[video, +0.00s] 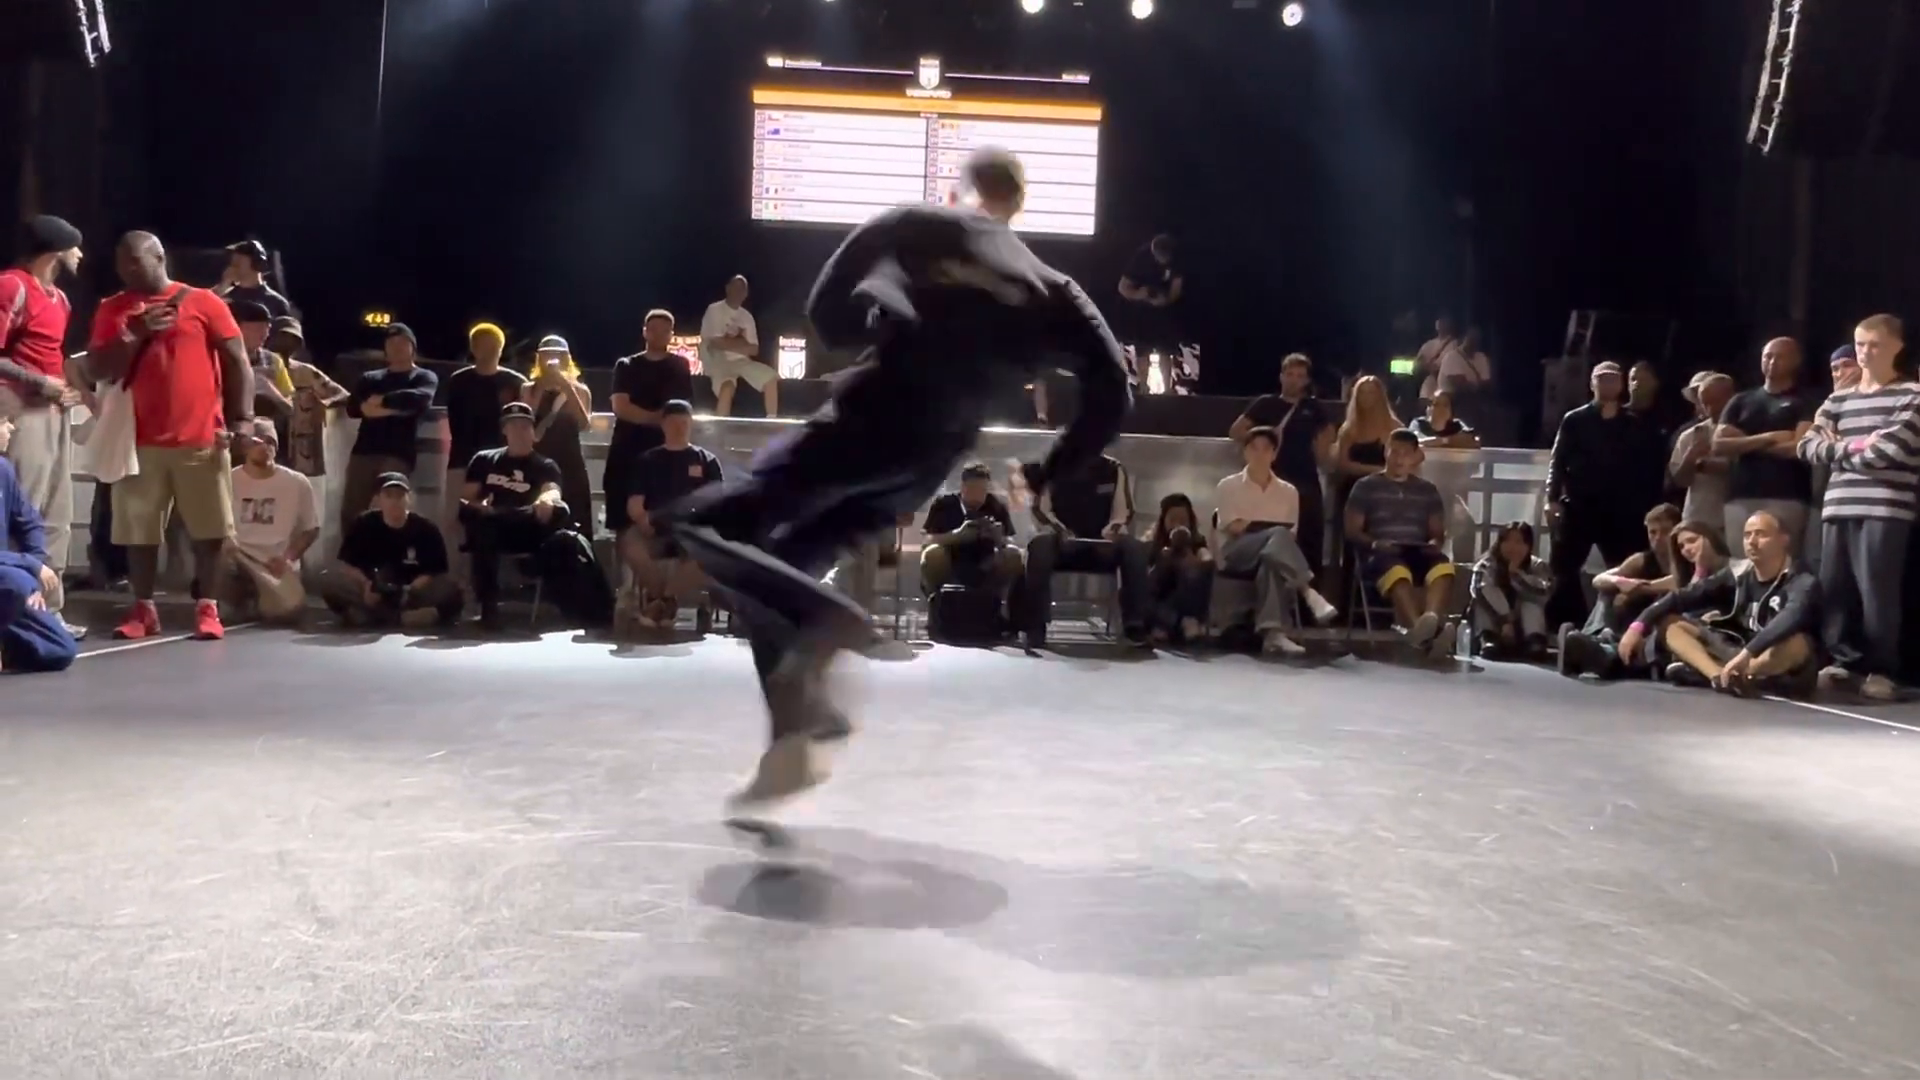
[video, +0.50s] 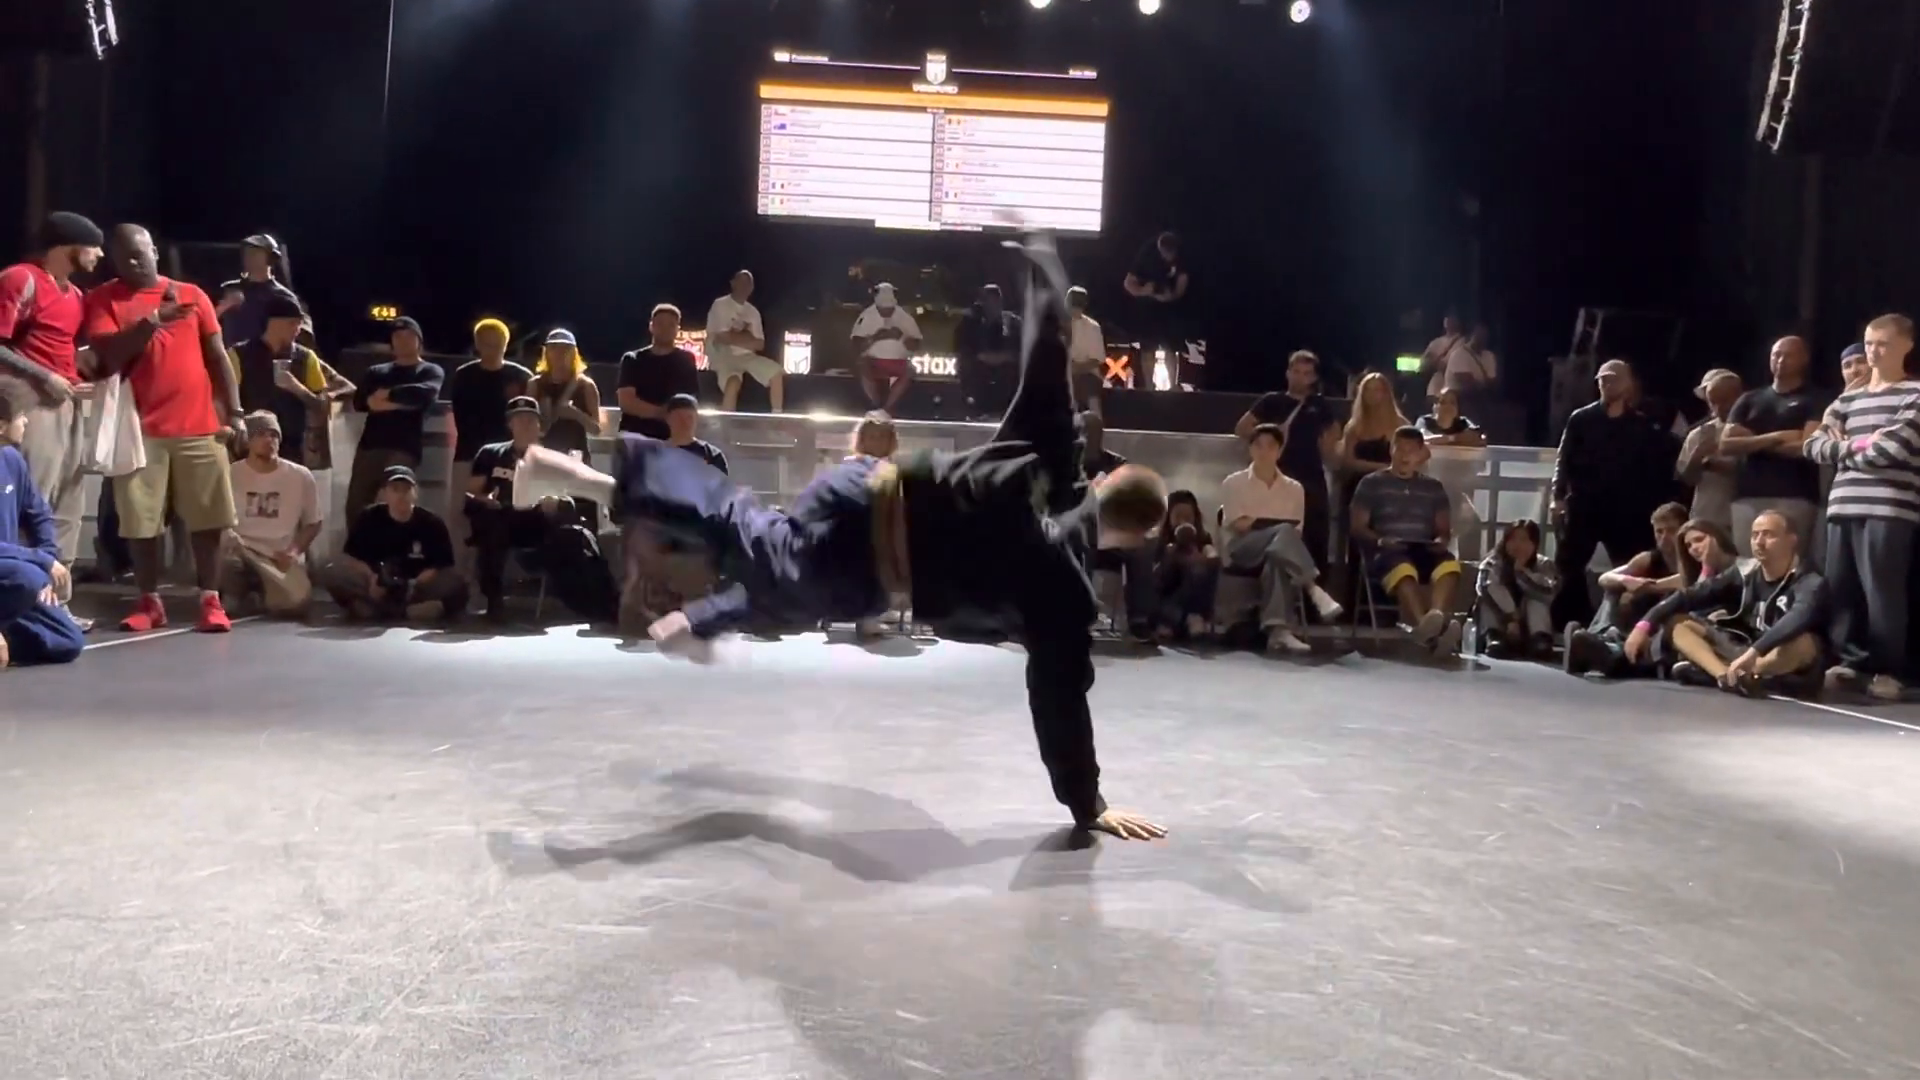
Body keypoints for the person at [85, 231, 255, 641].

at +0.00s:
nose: (128, 270)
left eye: (133, 261)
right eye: (125, 264)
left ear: (158, 258)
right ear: (121, 268)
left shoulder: (203, 302)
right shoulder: (113, 311)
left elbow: (238, 361)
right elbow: (102, 370)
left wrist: (243, 418)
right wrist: (138, 332)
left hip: (200, 441)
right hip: (140, 443)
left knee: (210, 531)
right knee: (139, 532)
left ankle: (207, 607)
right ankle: (143, 610)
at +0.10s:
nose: (139, 267)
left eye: (144, 257)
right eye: (131, 262)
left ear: (160, 255)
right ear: (120, 266)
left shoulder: (202, 299)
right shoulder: (110, 307)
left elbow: (237, 361)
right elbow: (106, 367)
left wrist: (246, 417)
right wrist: (142, 333)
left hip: (201, 437)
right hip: (140, 440)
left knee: (211, 530)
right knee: (140, 531)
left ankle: (209, 606)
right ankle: (145, 609)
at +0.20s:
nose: (144, 268)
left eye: (148, 259)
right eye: (134, 263)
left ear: (161, 257)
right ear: (120, 267)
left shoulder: (198, 298)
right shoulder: (106, 305)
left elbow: (233, 357)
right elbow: (108, 364)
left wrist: (245, 414)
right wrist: (147, 327)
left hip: (201, 434)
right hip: (141, 438)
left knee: (210, 526)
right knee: (140, 529)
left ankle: (210, 604)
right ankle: (147, 607)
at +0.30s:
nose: (139, 265)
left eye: (143, 256)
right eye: (129, 260)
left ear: (158, 254)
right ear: (117, 265)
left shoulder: (196, 297)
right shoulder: (103, 304)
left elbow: (226, 357)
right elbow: (108, 363)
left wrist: (241, 413)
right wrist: (148, 325)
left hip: (201, 433)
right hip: (140, 436)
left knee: (210, 522)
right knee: (141, 526)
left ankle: (210, 602)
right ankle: (147, 606)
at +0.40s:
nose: (137, 263)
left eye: (141, 254)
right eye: (128, 258)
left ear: (156, 252)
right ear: (115, 263)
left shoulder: (193, 296)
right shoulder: (103, 302)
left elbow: (221, 356)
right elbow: (108, 361)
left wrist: (238, 412)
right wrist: (150, 322)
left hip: (200, 430)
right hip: (140, 434)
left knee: (209, 520)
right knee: (141, 524)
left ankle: (210, 600)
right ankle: (149, 605)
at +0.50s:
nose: (138, 260)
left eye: (142, 251)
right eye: (128, 255)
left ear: (155, 250)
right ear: (114, 262)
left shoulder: (192, 295)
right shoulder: (103, 301)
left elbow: (218, 356)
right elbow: (107, 360)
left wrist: (235, 413)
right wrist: (153, 321)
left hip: (198, 429)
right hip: (140, 432)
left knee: (208, 518)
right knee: (141, 522)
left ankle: (210, 600)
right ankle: (150, 604)